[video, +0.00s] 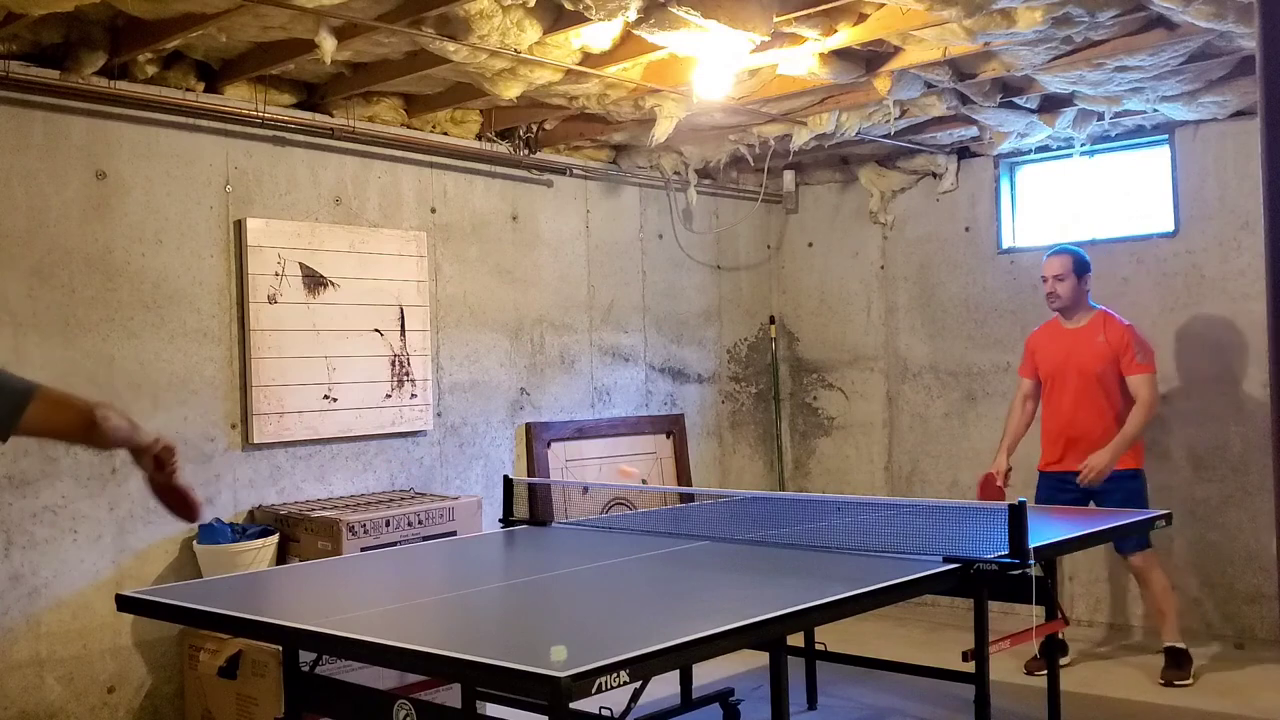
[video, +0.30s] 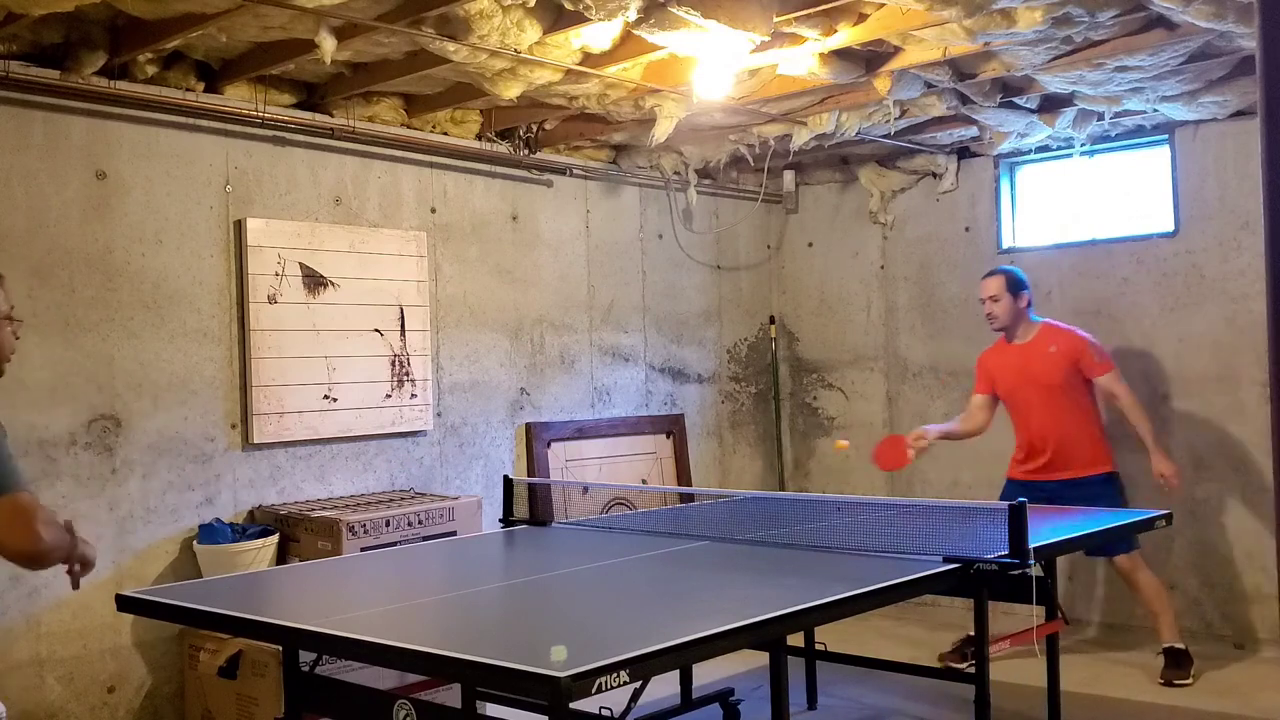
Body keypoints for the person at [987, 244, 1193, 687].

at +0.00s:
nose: (1049, 288)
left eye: (1058, 279)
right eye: (1044, 280)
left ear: (1084, 281)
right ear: (1043, 284)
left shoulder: (1119, 332)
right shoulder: (1039, 340)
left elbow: (1147, 401)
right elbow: (1026, 401)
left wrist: (1111, 452)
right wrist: (1004, 451)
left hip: (1117, 470)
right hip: (1057, 472)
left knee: (1138, 556)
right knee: (1041, 560)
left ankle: (1175, 647)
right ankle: (1052, 643)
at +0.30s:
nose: (987, 310)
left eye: (994, 300)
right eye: (983, 303)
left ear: (1023, 300)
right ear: (984, 308)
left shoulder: (1073, 342)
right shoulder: (991, 361)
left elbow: (1120, 393)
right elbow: (975, 419)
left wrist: (1156, 452)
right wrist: (935, 430)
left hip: (1090, 479)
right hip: (1027, 481)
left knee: (1126, 561)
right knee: (990, 555)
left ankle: (1174, 647)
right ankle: (980, 638)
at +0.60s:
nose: (950, 307)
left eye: (958, 297)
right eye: (946, 300)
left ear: (984, 298)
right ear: (947, 305)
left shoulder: (1030, 338)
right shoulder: (947, 361)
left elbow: (1081, 385)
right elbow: (921, 409)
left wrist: (1125, 439)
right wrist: (883, 434)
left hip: (1058, 469)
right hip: (994, 476)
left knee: (1104, 548)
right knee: (971, 556)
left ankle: (1159, 637)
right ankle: (971, 640)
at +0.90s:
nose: (1000, 307)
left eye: (1009, 299)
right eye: (994, 300)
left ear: (1031, 301)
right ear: (990, 305)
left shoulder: (1066, 349)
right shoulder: (984, 362)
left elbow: (1107, 410)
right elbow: (974, 423)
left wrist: (1125, 473)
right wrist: (956, 476)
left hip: (1076, 482)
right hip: (1011, 483)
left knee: (1117, 562)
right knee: (975, 556)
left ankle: (1168, 647)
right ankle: (970, 642)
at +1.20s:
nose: (1047, 291)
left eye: (1057, 283)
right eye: (1041, 284)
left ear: (1077, 288)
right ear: (1036, 289)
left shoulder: (1107, 341)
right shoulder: (1026, 345)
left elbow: (1137, 406)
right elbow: (1016, 404)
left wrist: (1137, 470)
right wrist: (1000, 450)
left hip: (1099, 478)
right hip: (1040, 477)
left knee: (1131, 561)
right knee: (1006, 549)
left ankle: (1173, 646)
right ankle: (998, 634)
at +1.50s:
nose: (1037, 293)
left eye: (1047, 285)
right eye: (1031, 286)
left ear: (1067, 289)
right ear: (1026, 291)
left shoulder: (1096, 343)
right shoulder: (1016, 344)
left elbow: (1124, 407)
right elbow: (999, 398)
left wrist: (1135, 472)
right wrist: (978, 428)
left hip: (1090, 478)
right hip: (1028, 477)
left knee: (1127, 557)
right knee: (997, 551)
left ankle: (1171, 646)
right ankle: (998, 636)